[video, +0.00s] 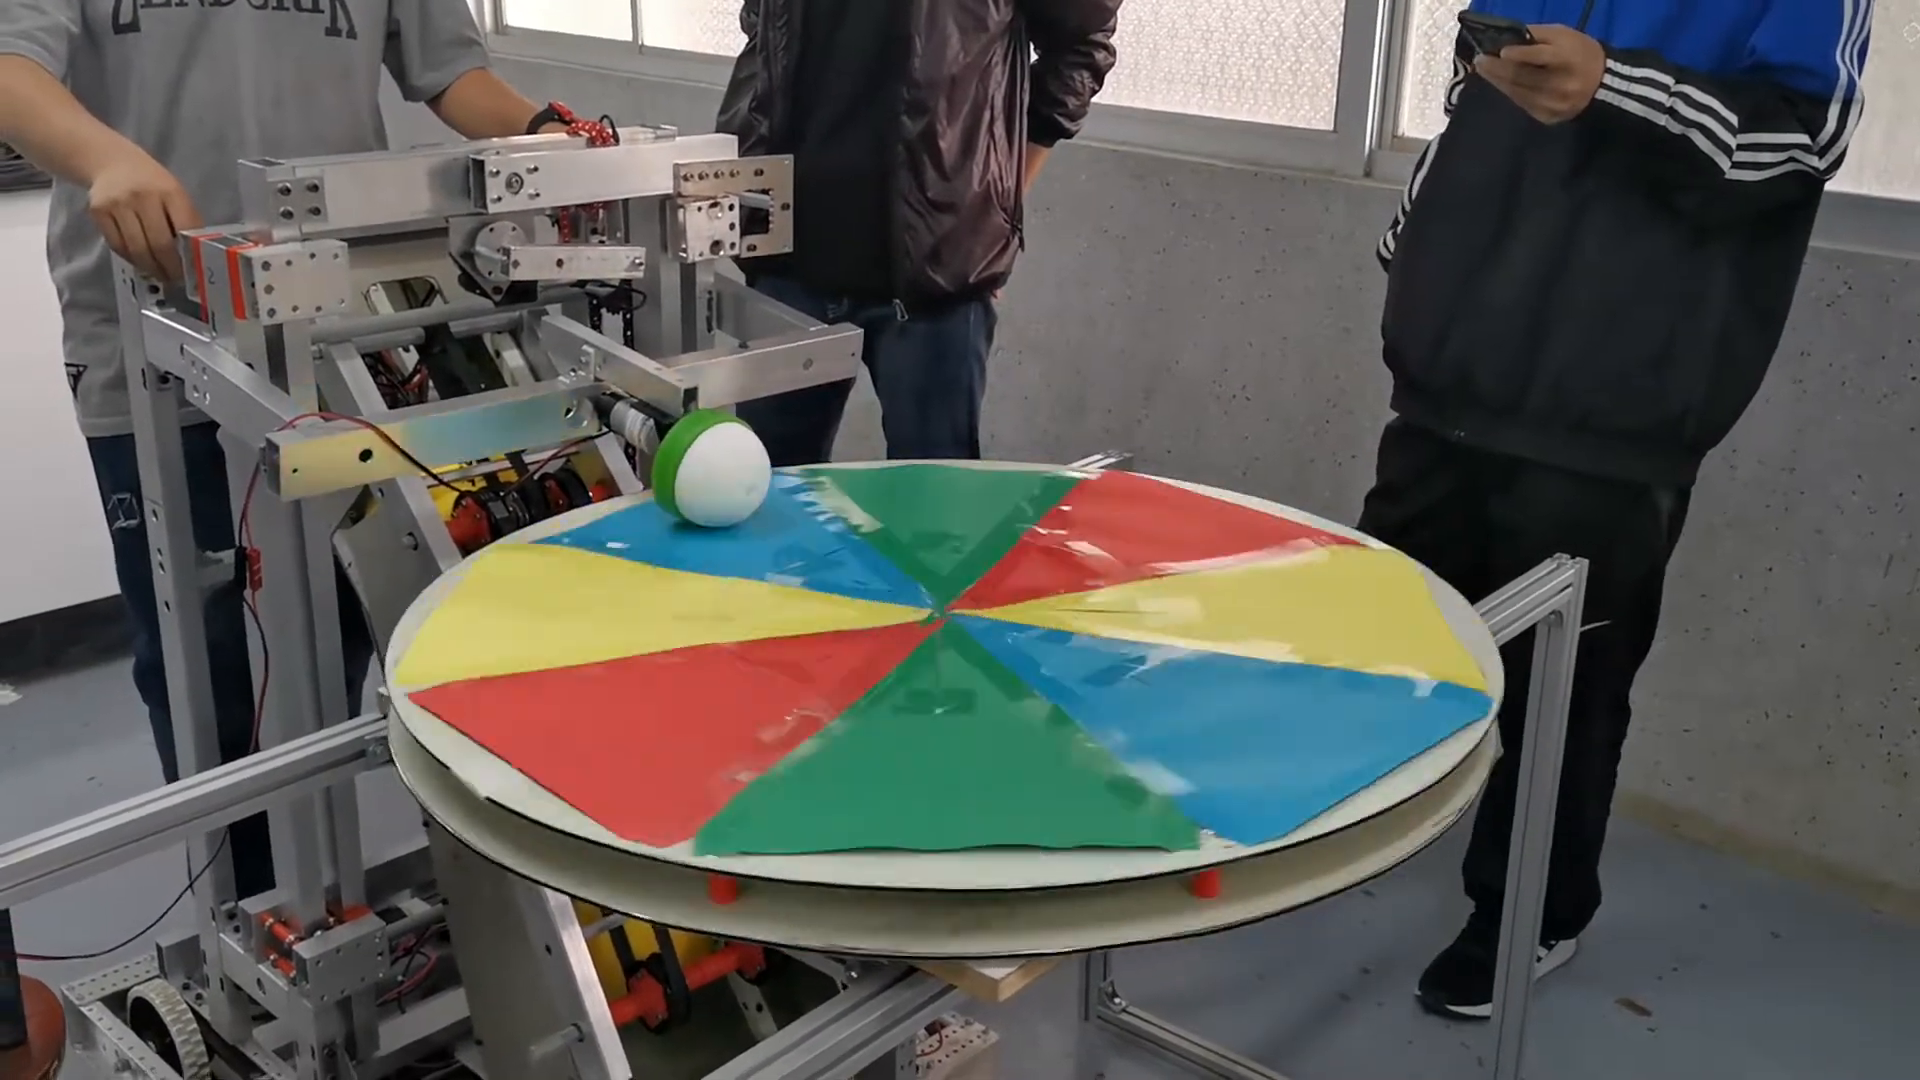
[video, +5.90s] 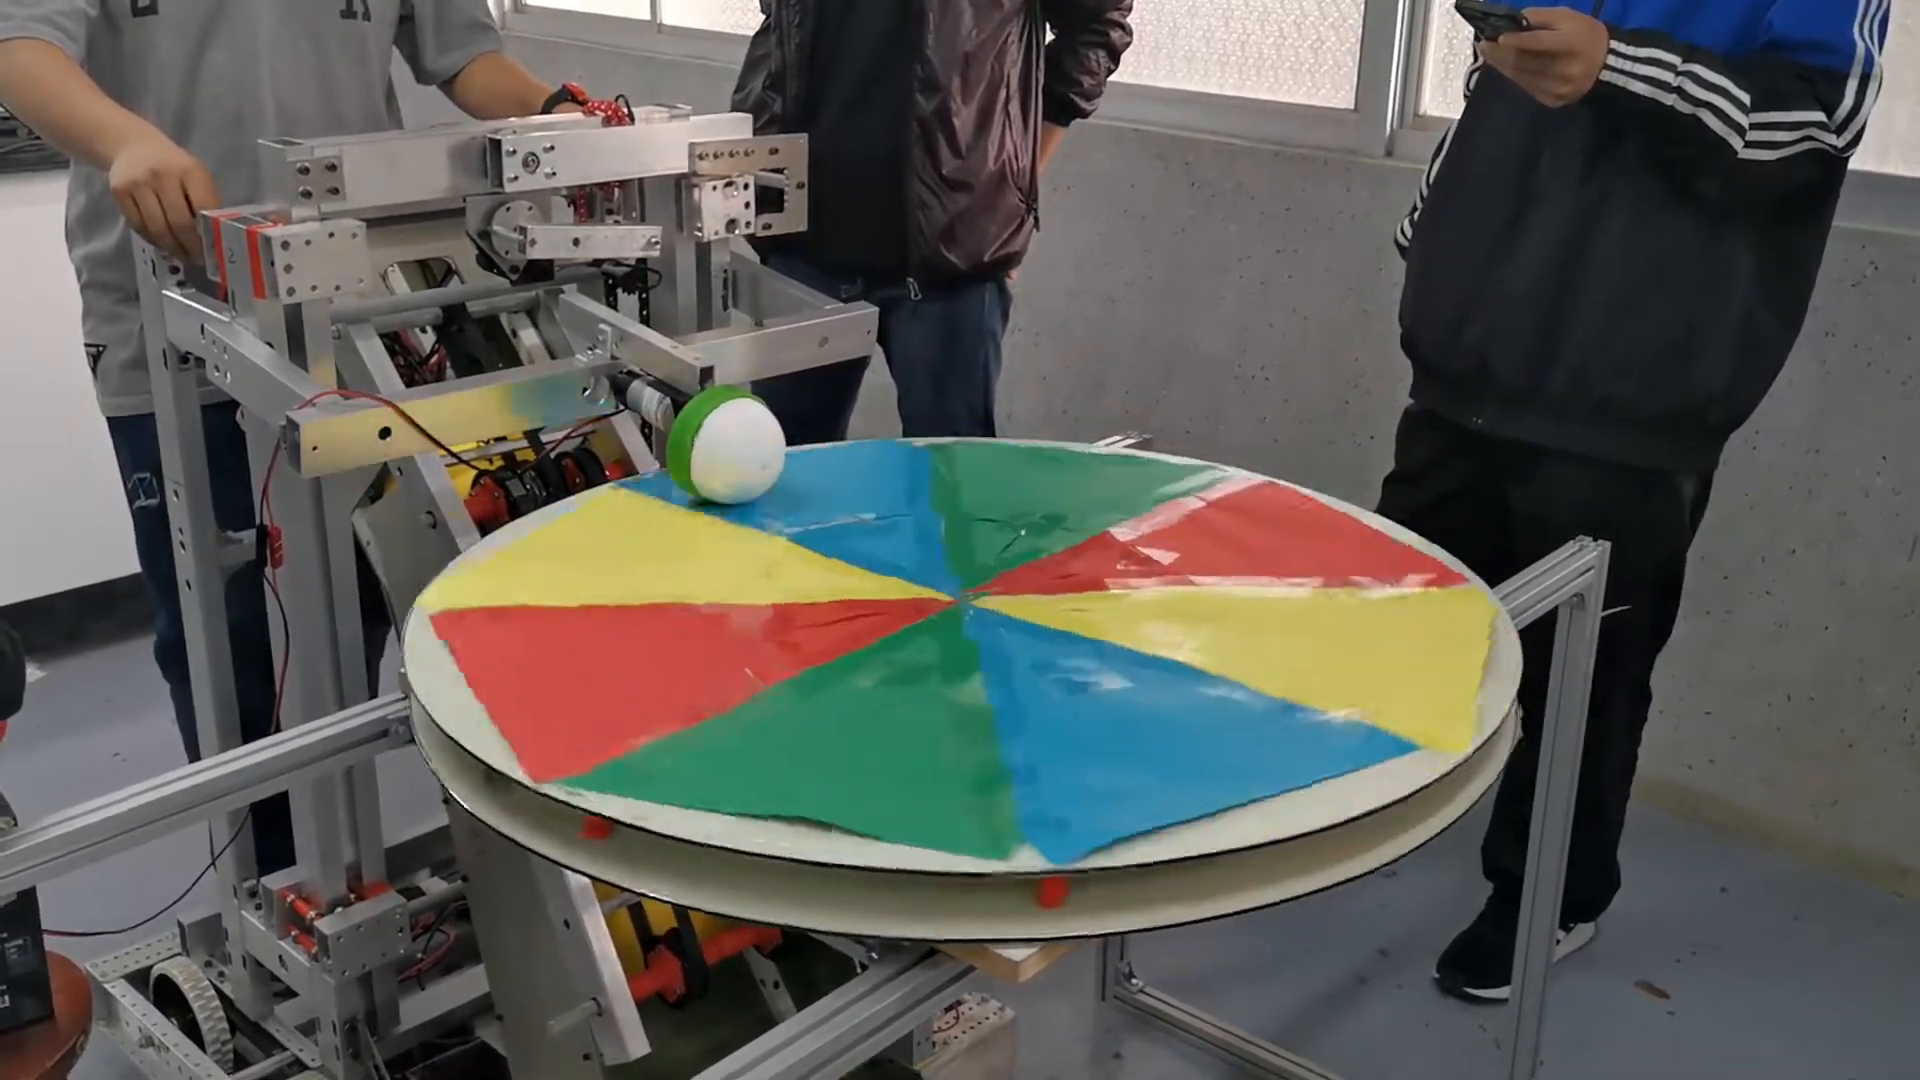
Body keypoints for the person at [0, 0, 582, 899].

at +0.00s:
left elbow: (446, 64)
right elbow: (12, 66)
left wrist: (544, 131)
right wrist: (104, 156)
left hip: (338, 346)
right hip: (152, 352)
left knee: (341, 635)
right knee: (198, 667)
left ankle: (332, 884)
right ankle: (248, 913)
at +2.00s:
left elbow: (455, 49)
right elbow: (19, 41)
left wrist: (557, 118)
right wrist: (122, 135)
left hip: (344, 327)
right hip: (163, 333)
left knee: (347, 615)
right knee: (211, 647)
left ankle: (340, 869)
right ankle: (255, 892)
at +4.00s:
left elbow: (455, 52)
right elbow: (20, 49)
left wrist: (556, 116)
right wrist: (122, 139)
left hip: (346, 322)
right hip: (163, 330)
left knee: (351, 606)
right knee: (212, 636)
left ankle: (345, 853)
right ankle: (262, 880)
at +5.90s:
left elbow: (458, 47)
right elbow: (22, 46)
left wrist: (553, 114)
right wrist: (123, 139)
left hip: (347, 315)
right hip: (166, 325)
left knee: (354, 601)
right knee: (214, 629)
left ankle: (346, 850)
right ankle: (266, 879)